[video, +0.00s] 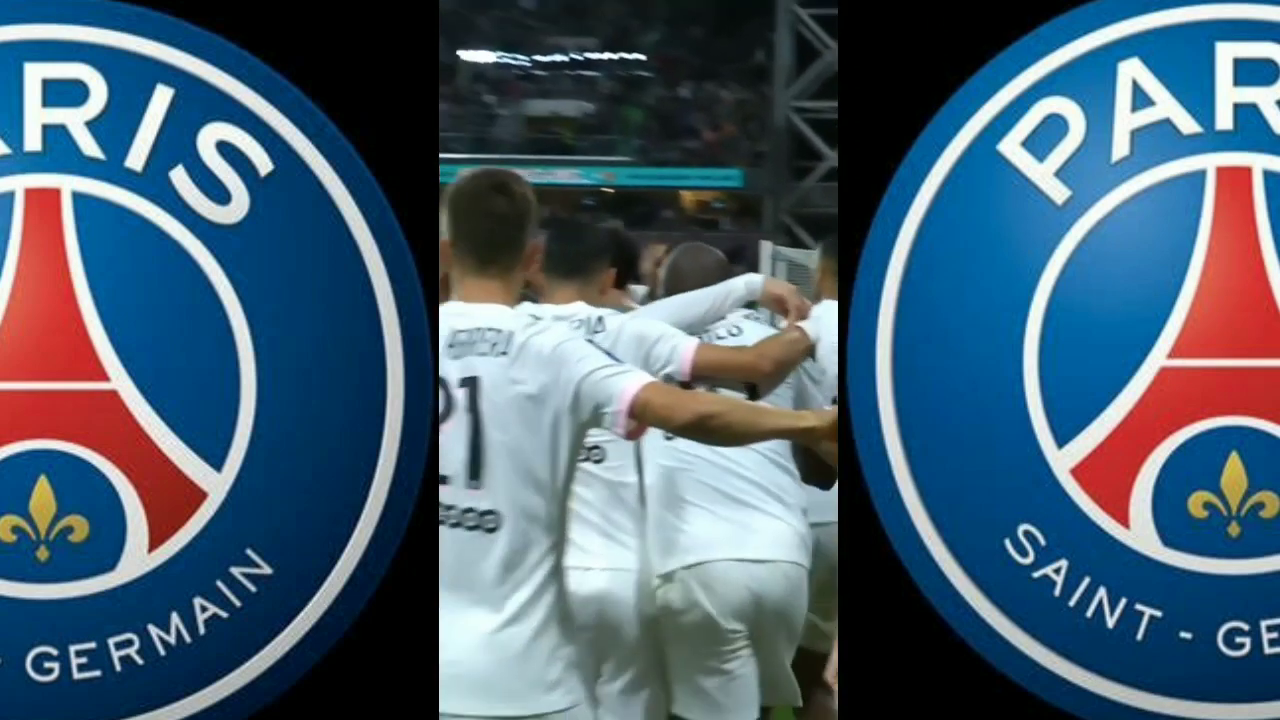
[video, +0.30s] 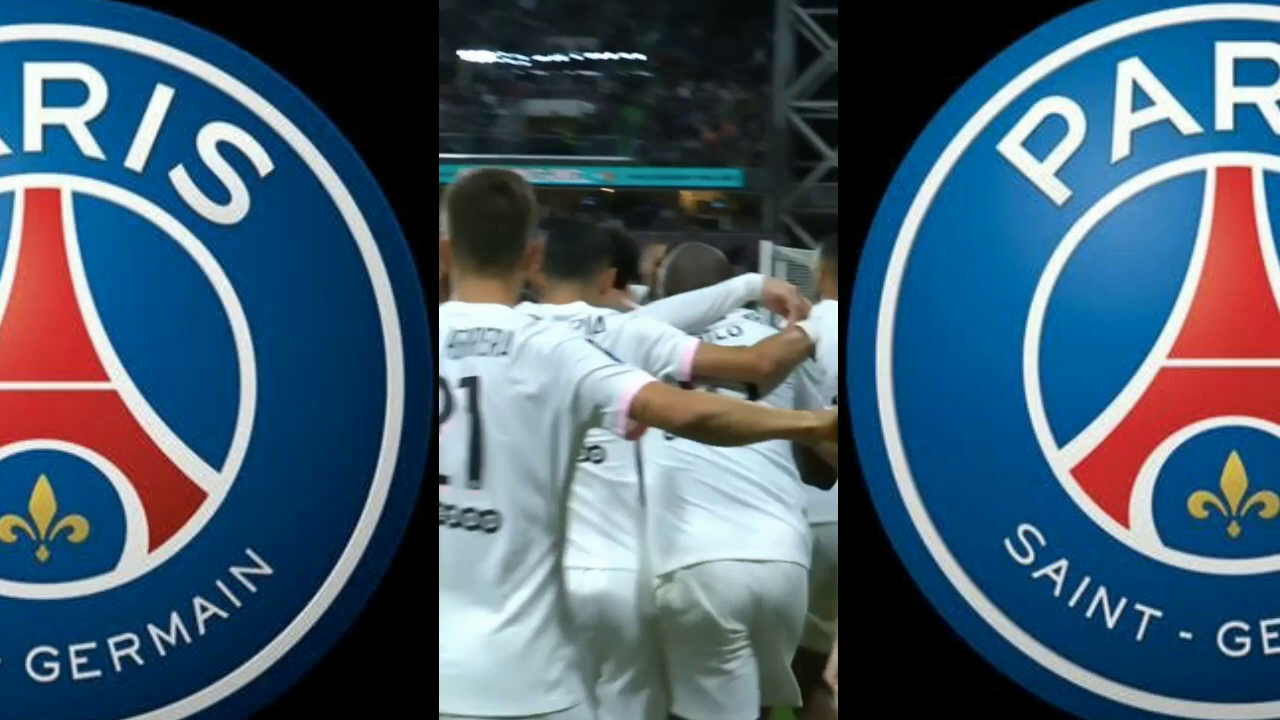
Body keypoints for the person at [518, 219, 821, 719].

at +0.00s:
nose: (626, 288)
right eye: (622, 277)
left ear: (537, 271)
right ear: (609, 279)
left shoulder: (509, 331)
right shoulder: (625, 332)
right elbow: (758, 367)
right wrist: (804, 332)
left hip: (520, 573)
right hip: (616, 572)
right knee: (625, 710)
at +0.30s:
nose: (627, 287)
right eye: (621, 275)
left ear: (537, 271)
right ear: (608, 278)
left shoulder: (510, 330)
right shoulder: (626, 332)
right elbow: (759, 367)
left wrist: (750, 287)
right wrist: (808, 329)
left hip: (522, 572)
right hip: (619, 571)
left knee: (554, 710)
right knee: (624, 710)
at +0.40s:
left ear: (577, 280)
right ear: (652, 282)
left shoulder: (536, 355)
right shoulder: (674, 353)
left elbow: (465, 470)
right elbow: (780, 431)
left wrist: (524, 480)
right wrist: (839, 443)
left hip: (551, 622)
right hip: (650, 625)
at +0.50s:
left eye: (587, 275)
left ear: (592, 277)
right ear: (667, 285)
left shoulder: (541, 347)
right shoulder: (693, 363)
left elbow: (463, 473)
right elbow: (799, 457)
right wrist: (828, 505)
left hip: (553, 620)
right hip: (653, 626)